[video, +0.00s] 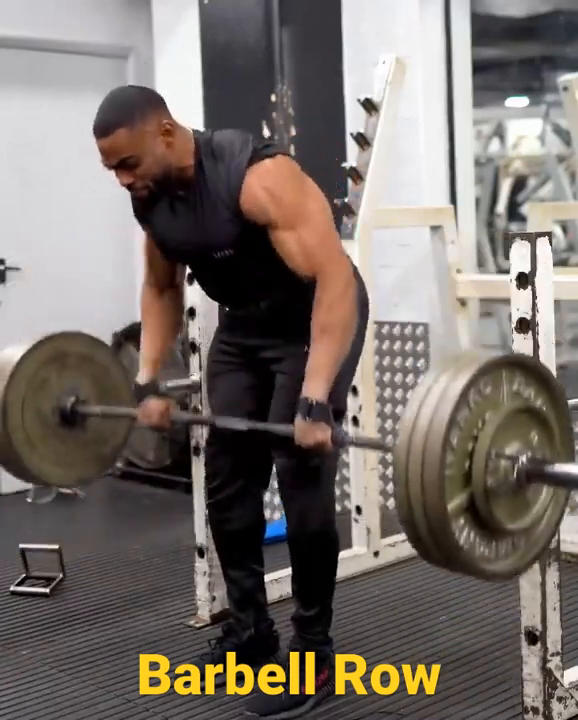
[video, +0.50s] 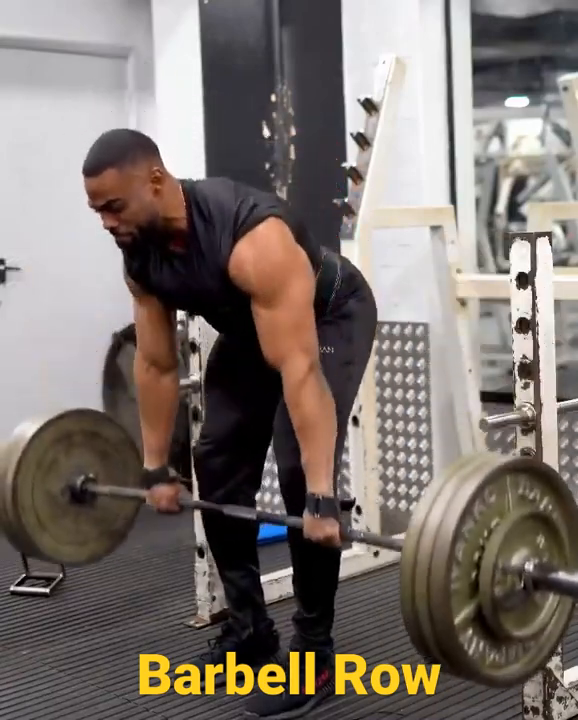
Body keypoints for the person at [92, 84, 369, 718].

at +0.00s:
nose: (122, 181)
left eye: (127, 164)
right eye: (114, 170)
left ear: (169, 133)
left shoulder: (262, 177)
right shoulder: (153, 198)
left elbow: (337, 278)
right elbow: (161, 287)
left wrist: (317, 397)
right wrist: (149, 377)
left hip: (313, 327)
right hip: (242, 335)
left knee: (302, 480)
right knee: (227, 485)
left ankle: (311, 648)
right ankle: (248, 629)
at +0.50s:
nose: (107, 224)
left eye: (114, 207)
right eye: (98, 211)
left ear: (157, 181)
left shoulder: (254, 241)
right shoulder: (140, 250)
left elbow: (301, 369)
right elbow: (156, 364)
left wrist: (321, 494)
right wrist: (157, 468)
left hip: (328, 313)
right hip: (249, 323)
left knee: (302, 472)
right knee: (218, 465)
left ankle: (312, 648)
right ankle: (248, 628)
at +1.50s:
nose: (116, 159)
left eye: (121, 142)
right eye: (106, 149)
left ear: (160, 110)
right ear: (102, 137)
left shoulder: (247, 137)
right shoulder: (145, 168)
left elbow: (364, 183)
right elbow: (166, 218)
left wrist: (314, 281)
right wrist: (146, 277)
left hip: (302, 317)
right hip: (228, 320)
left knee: (286, 472)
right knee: (217, 477)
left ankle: (311, 647)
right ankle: (246, 626)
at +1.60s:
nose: (107, 185)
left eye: (112, 168)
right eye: (97, 174)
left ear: (149, 132)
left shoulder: (242, 151)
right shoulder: (139, 185)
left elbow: (359, 188)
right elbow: (161, 230)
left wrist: (317, 287)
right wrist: (146, 287)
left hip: (301, 321)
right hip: (229, 327)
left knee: (288, 472)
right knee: (217, 473)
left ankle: (311, 649)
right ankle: (246, 625)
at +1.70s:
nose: (110, 178)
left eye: (115, 160)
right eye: (100, 167)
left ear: (153, 126)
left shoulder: (243, 150)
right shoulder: (139, 182)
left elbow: (355, 205)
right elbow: (163, 231)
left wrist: (317, 309)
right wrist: (151, 301)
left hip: (302, 313)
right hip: (230, 320)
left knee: (290, 467)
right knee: (224, 466)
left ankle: (312, 649)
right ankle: (247, 626)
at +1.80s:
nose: (116, 175)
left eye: (121, 158)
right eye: (107, 165)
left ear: (161, 125)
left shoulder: (253, 159)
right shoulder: (145, 185)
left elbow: (349, 236)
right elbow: (168, 246)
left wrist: (316, 347)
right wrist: (150, 330)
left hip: (307, 322)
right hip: (237, 325)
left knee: (299, 483)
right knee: (229, 485)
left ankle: (312, 649)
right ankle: (249, 626)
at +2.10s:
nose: (119, 191)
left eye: (124, 174)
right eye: (110, 179)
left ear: (165, 143)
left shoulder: (259, 188)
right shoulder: (149, 210)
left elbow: (327, 301)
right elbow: (158, 309)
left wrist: (316, 425)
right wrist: (150, 405)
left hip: (321, 318)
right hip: (248, 327)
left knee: (308, 467)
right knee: (229, 472)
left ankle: (313, 646)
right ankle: (248, 625)